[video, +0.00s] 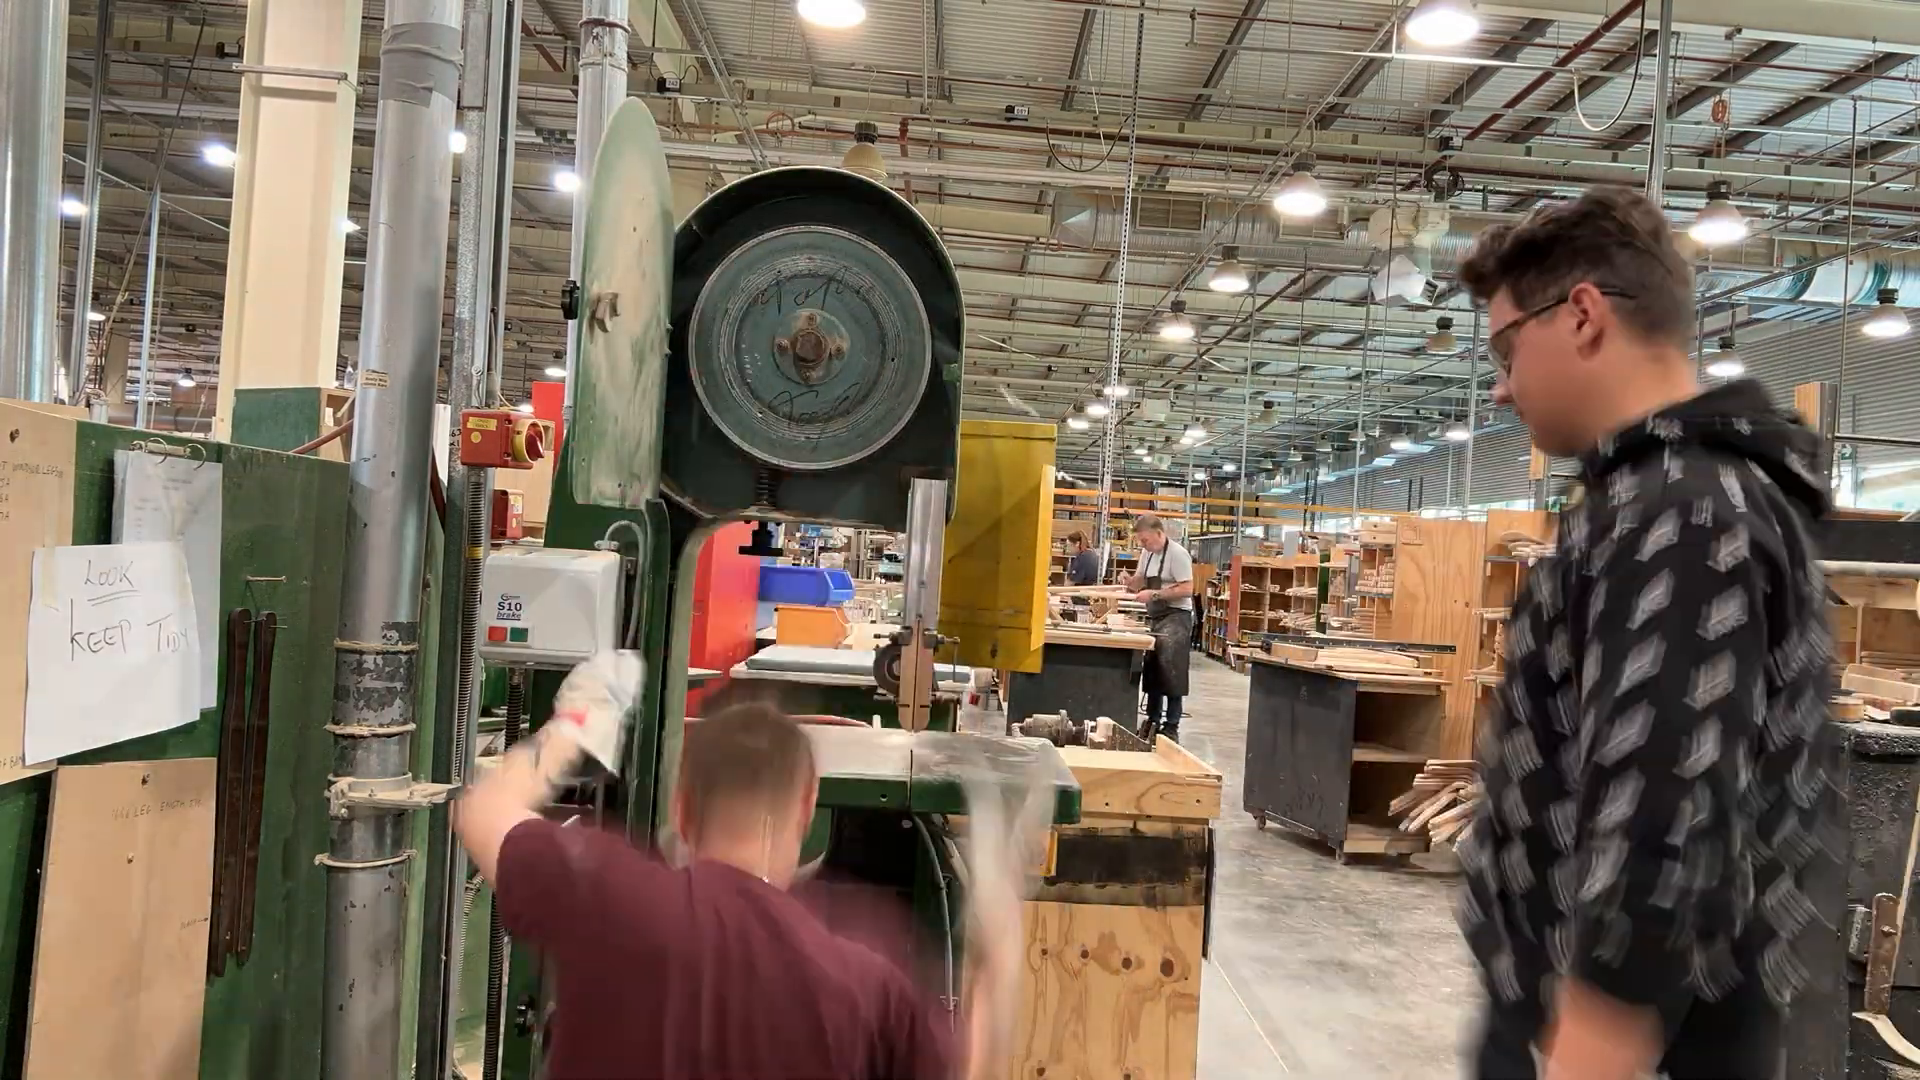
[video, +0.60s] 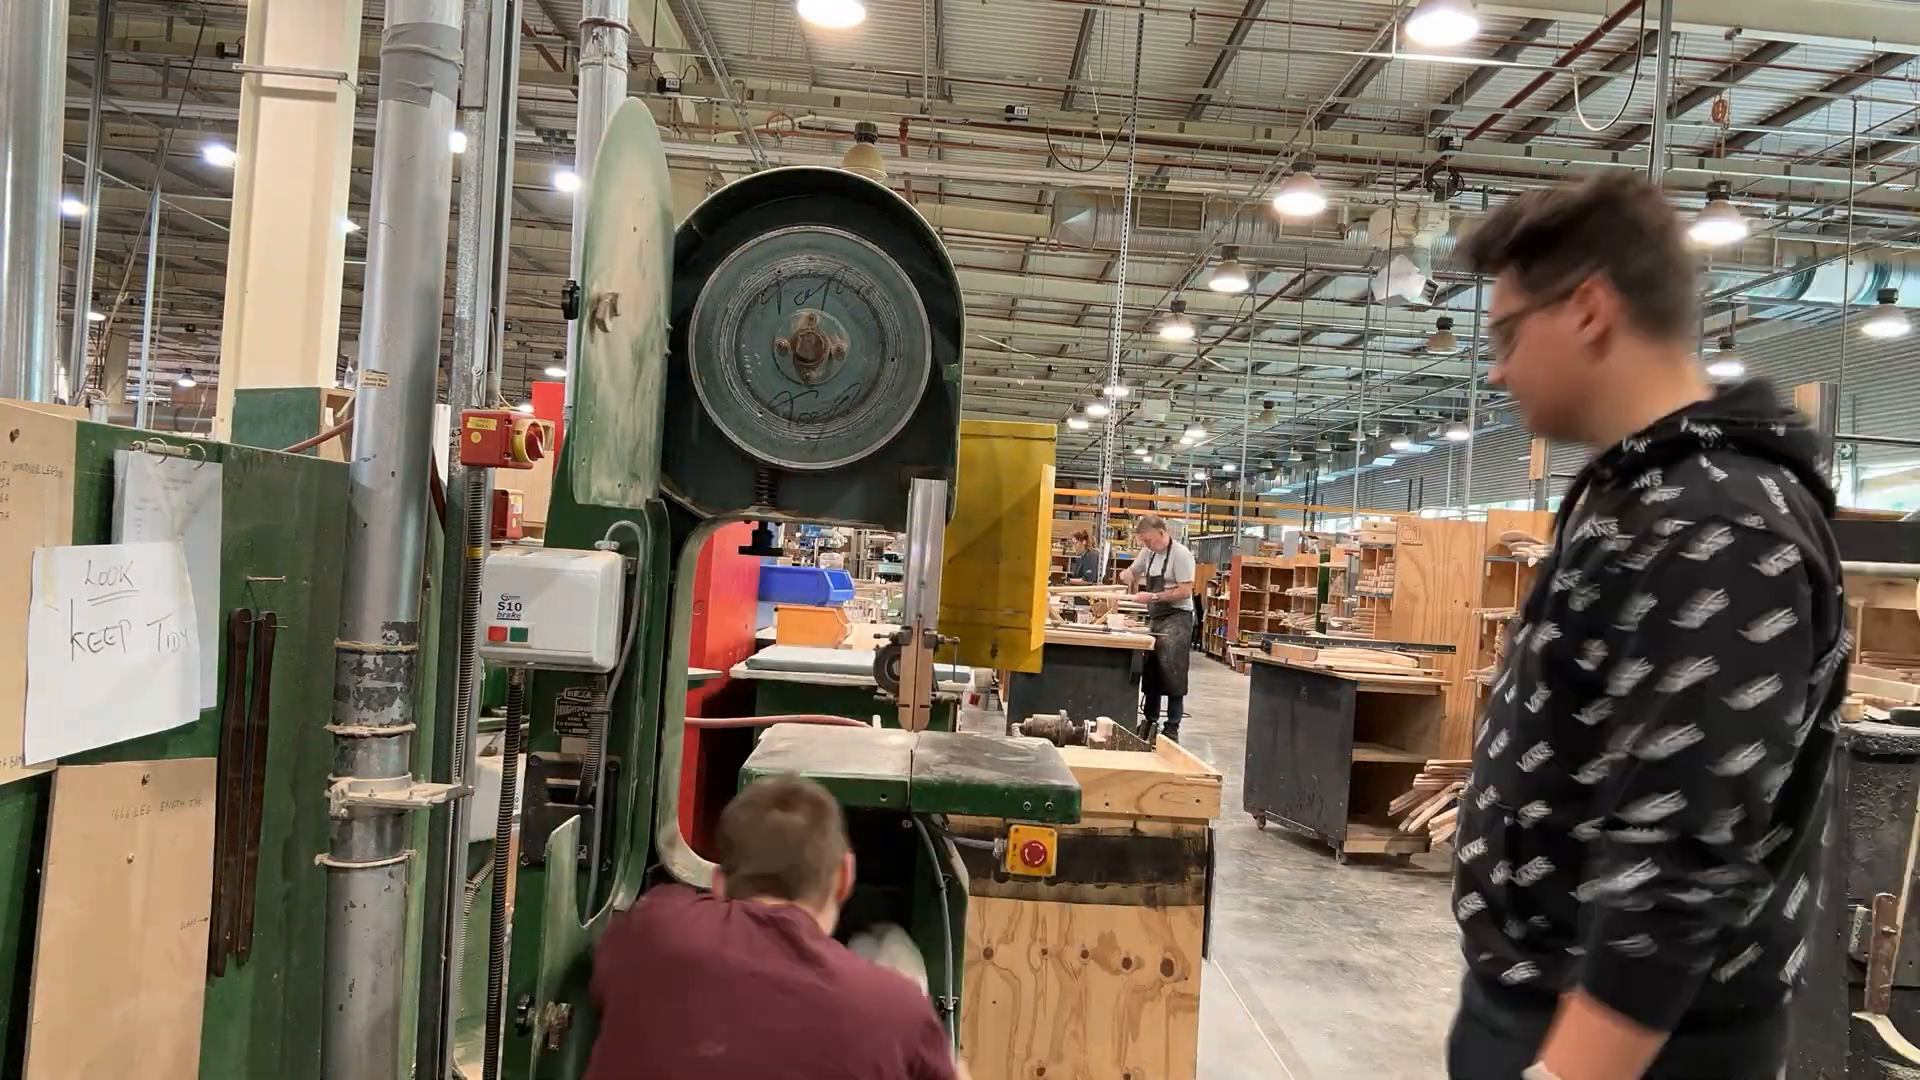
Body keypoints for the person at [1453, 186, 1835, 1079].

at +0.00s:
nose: (1500, 391)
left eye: (1504, 350)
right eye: (1495, 360)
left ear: (1584, 318)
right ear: (1590, 324)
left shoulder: (1688, 505)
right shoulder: (1646, 492)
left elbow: (1650, 848)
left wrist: (1590, 1049)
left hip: (1627, 1031)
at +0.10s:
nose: (1472, 408)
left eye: (1478, 371)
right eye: (1466, 381)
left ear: (1557, 341)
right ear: (1562, 345)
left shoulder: (1664, 517)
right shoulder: (1626, 505)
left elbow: (1611, 825)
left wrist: (1490, 1026)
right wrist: (1500, 996)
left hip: (1612, 1023)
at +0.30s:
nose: (1731, 389)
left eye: (1747, 352)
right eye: (1730, 359)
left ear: (1851, 331)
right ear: (1850, 333)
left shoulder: (1912, 555)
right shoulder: (1829, 521)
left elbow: (1914, 887)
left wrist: (1861, 1061)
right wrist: (1703, 997)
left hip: (1800, 1054)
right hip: (1703, 1021)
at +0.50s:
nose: (1715, 392)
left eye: (1731, 354)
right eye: (1714, 361)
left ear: (1832, 330)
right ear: (1830, 335)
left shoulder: (1910, 565)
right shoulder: (1820, 524)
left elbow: (1907, 908)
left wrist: (1846, 1063)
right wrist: (1696, 1003)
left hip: (1787, 1054)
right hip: (1695, 1022)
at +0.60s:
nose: (1496, 374)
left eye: (1505, 335)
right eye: (1495, 342)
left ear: (1590, 314)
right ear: (1592, 318)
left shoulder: (1718, 533)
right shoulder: (1630, 496)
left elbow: (1669, 886)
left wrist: (1568, 1066)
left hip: (1622, 1040)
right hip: (1540, 1007)